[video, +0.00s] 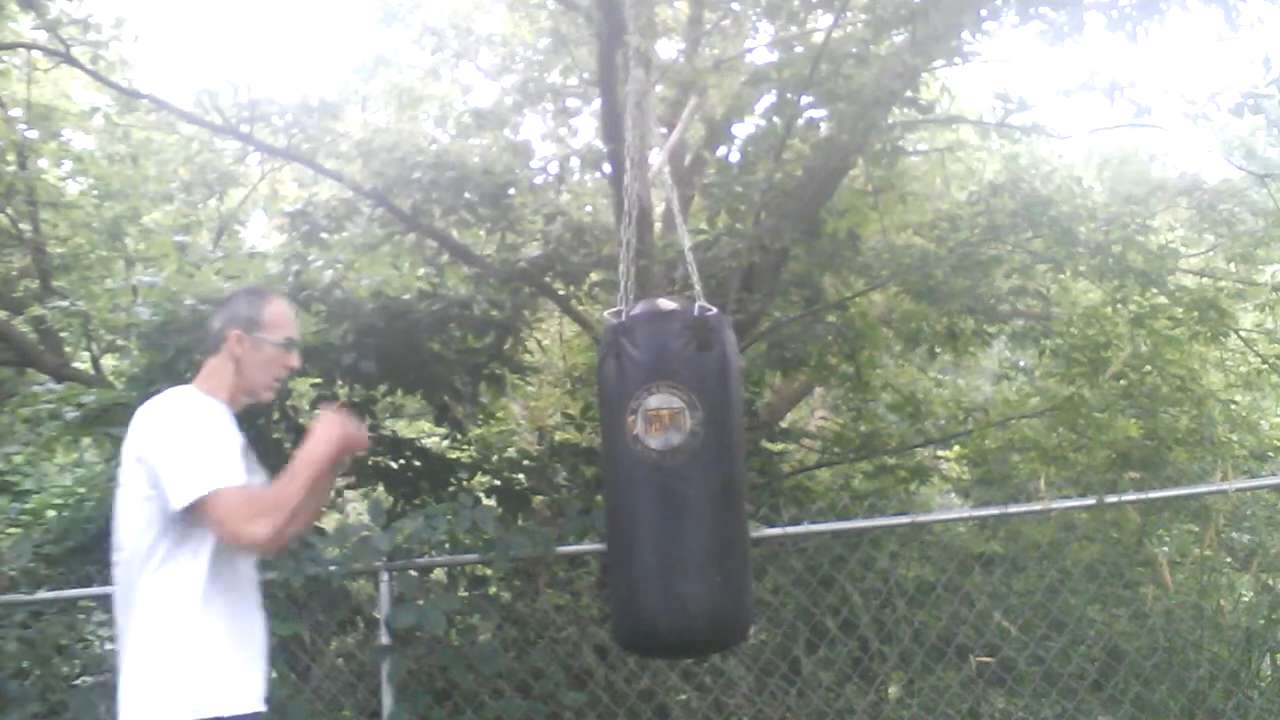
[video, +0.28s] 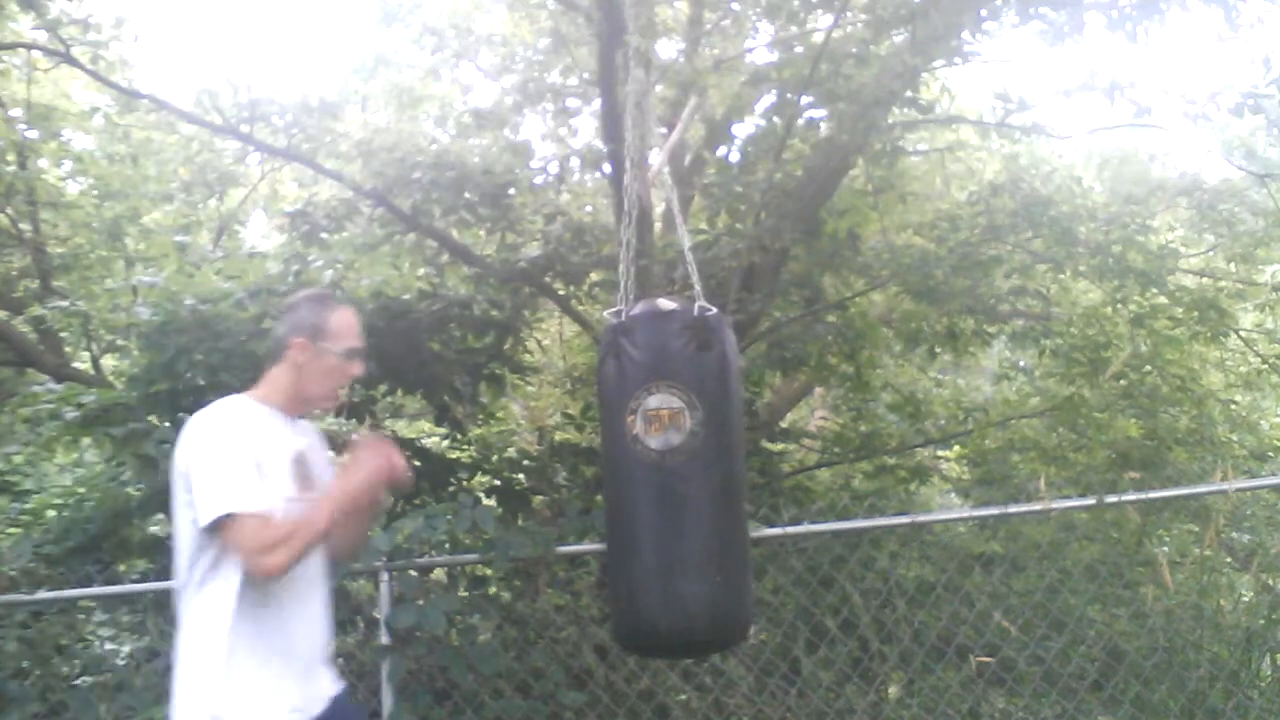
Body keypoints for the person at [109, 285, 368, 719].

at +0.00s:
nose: (295, 363)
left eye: (296, 349)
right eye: (285, 346)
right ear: (237, 343)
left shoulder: (225, 432)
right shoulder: (174, 416)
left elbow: (272, 533)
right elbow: (253, 525)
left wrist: (329, 460)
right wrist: (324, 442)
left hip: (227, 694)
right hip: (183, 698)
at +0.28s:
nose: (359, 371)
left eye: (361, 357)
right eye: (350, 356)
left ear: (304, 353)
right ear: (300, 351)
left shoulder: (310, 441)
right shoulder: (215, 431)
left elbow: (338, 549)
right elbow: (265, 554)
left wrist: (369, 484)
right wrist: (354, 480)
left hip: (312, 692)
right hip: (232, 700)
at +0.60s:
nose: (479, 385)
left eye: (480, 370)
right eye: (470, 369)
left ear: (432, 367)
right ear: (422, 364)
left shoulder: (446, 453)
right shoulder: (331, 449)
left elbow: (500, 512)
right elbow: (253, 559)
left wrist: (593, 499)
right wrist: (374, 600)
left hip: (405, 696)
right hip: (325, 701)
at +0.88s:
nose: (539, 381)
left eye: (538, 367)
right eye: (527, 365)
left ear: (489, 371)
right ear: (484, 369)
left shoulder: (469, 445)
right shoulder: (438, 423)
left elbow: (419, 569)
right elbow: (548, 501)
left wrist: (496, 612)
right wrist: (656, 499)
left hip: (432, 681)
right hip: (378, 672)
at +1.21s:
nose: (508, 391)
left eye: (507, 378)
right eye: (494, 377)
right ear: (451, 384)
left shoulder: (478, 476)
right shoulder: (378, 462)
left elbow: (450, 584)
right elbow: (377, 592)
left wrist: (486, 633)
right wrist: (483, 633)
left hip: (448, 701)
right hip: (366, 702)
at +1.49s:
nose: (538, 392)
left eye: (538, 378)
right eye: (525, 378)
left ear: (486, 384)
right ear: (478, 382)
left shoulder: (526, 469)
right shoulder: (399, 461)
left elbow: (600, 533)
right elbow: (314, 572)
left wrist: (653, 517)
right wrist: (387, 657)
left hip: (484, 695)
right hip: (382, 699)